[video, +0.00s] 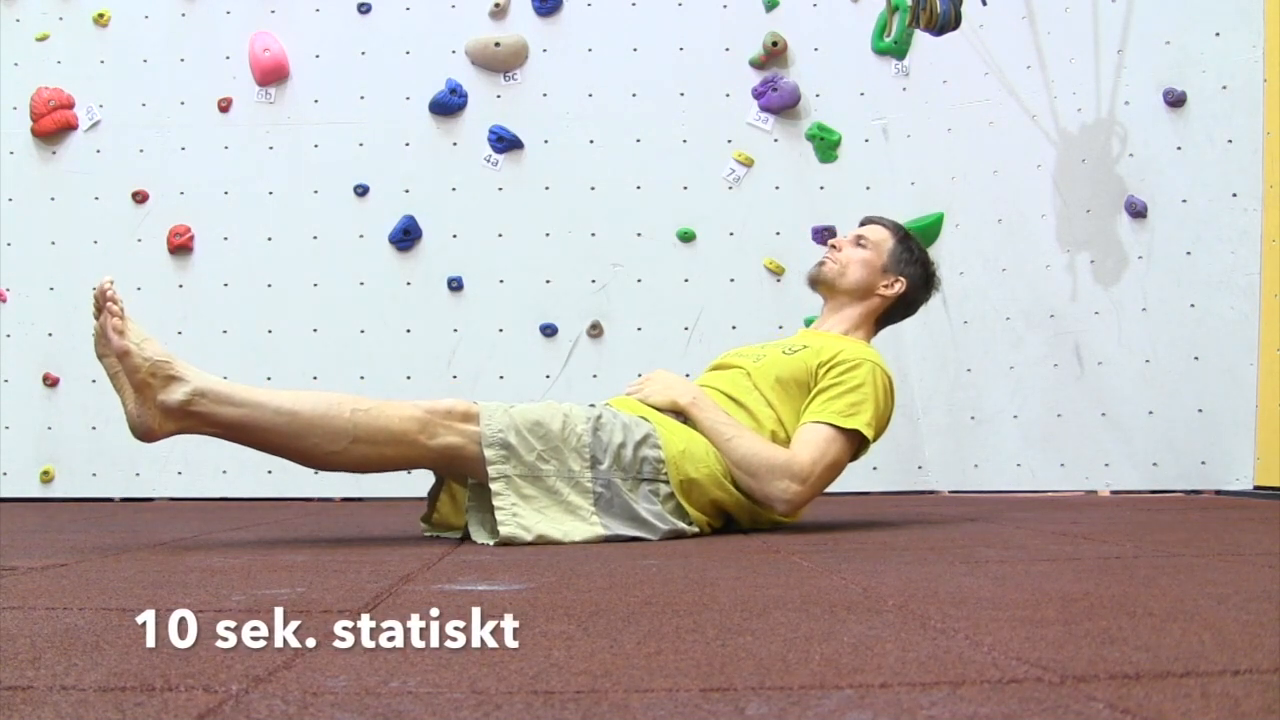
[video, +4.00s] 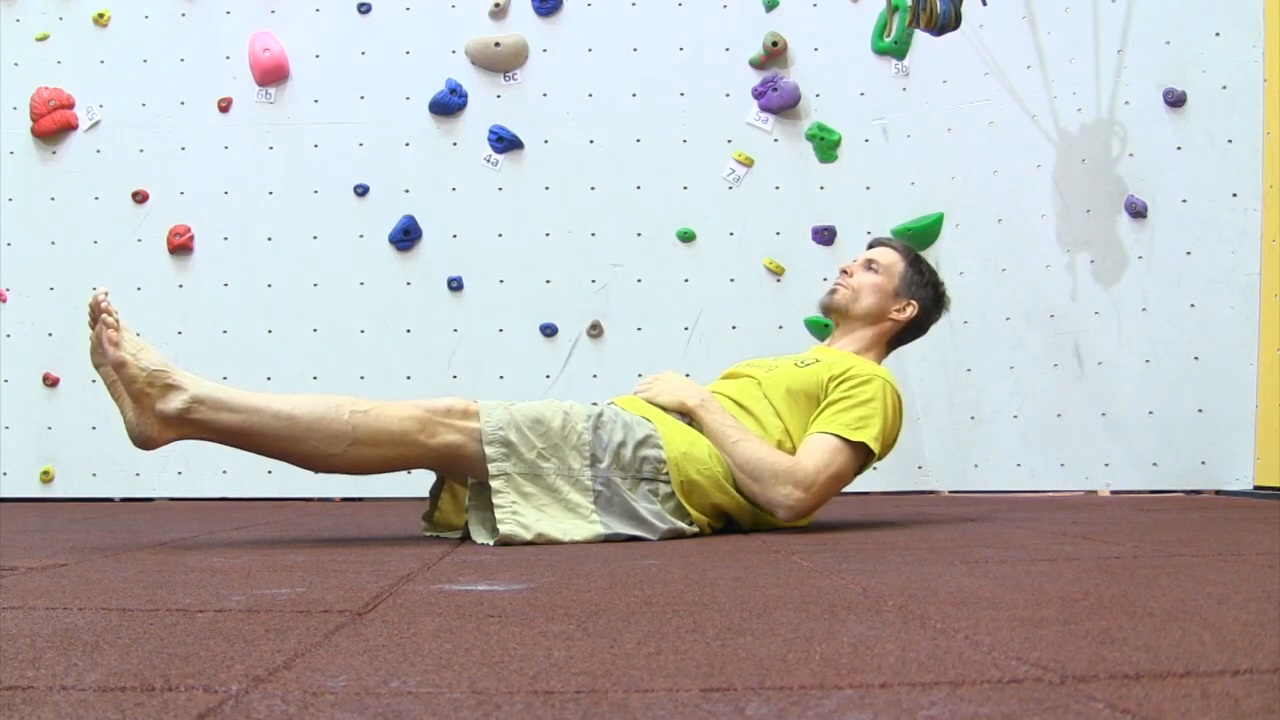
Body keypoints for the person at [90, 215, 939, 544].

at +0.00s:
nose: (833, 242)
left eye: (857, 242)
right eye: (843, 235)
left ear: (887, 286)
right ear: (847, 273)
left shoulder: (858, 367)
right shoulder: (795, 352)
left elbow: (789, 489)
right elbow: (745, 462)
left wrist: (694, 399)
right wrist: (672, 403)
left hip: (662, 459)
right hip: (640, 444)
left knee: (443, 427)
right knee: (432, 429)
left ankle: (178, 398)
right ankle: (180, 399)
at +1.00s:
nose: (838, 250)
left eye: (862, 249)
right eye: (847, 242)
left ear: (892, 294)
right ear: (851, 278)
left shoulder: (860, 371)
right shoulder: (800, 356)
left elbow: (791, 489)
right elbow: (751, 466)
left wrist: (697, 400)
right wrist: (674, 405)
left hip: (658, 460)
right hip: (639, 447)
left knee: (435, 427)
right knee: (422, 432)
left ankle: (176, 403)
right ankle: (177, 404)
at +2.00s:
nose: (845, 254)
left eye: (868, 254)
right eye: (855, 246)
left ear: (896, 300)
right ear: (860, 284)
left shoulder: (864, 376)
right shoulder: (804, 358)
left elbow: (791, 492)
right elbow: (750, 466)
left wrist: (700, 403)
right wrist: (676, 407)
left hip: (659, 460)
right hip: (639, 445)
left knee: (441, 428)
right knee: (430, 428)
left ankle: (178, 400)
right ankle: (179, 401)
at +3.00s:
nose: (848, 260)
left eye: (873, 259)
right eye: (857, 250)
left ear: (900, 306)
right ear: (863, 290)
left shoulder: (866, 380)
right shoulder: (809, 363)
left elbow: (792, 494)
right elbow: (758, 476)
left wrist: (699, 402)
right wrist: (678, 409)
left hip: (656, 460)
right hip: (640, 447)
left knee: (441, 431)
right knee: (429, 430)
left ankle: (175, 412)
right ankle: (177, 413)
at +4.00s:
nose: (848, 265)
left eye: (871, 264)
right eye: (858, 255)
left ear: (900, 311)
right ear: (871, 299)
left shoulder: (867, 384)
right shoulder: (812, 367)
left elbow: (795, 494)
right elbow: (758, 475)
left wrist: (701, 403)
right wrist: (677, 408)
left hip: (655, 461)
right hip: (639, 447)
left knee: (443, 427)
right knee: (435, 424)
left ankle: (177, 405)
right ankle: (179, 406)